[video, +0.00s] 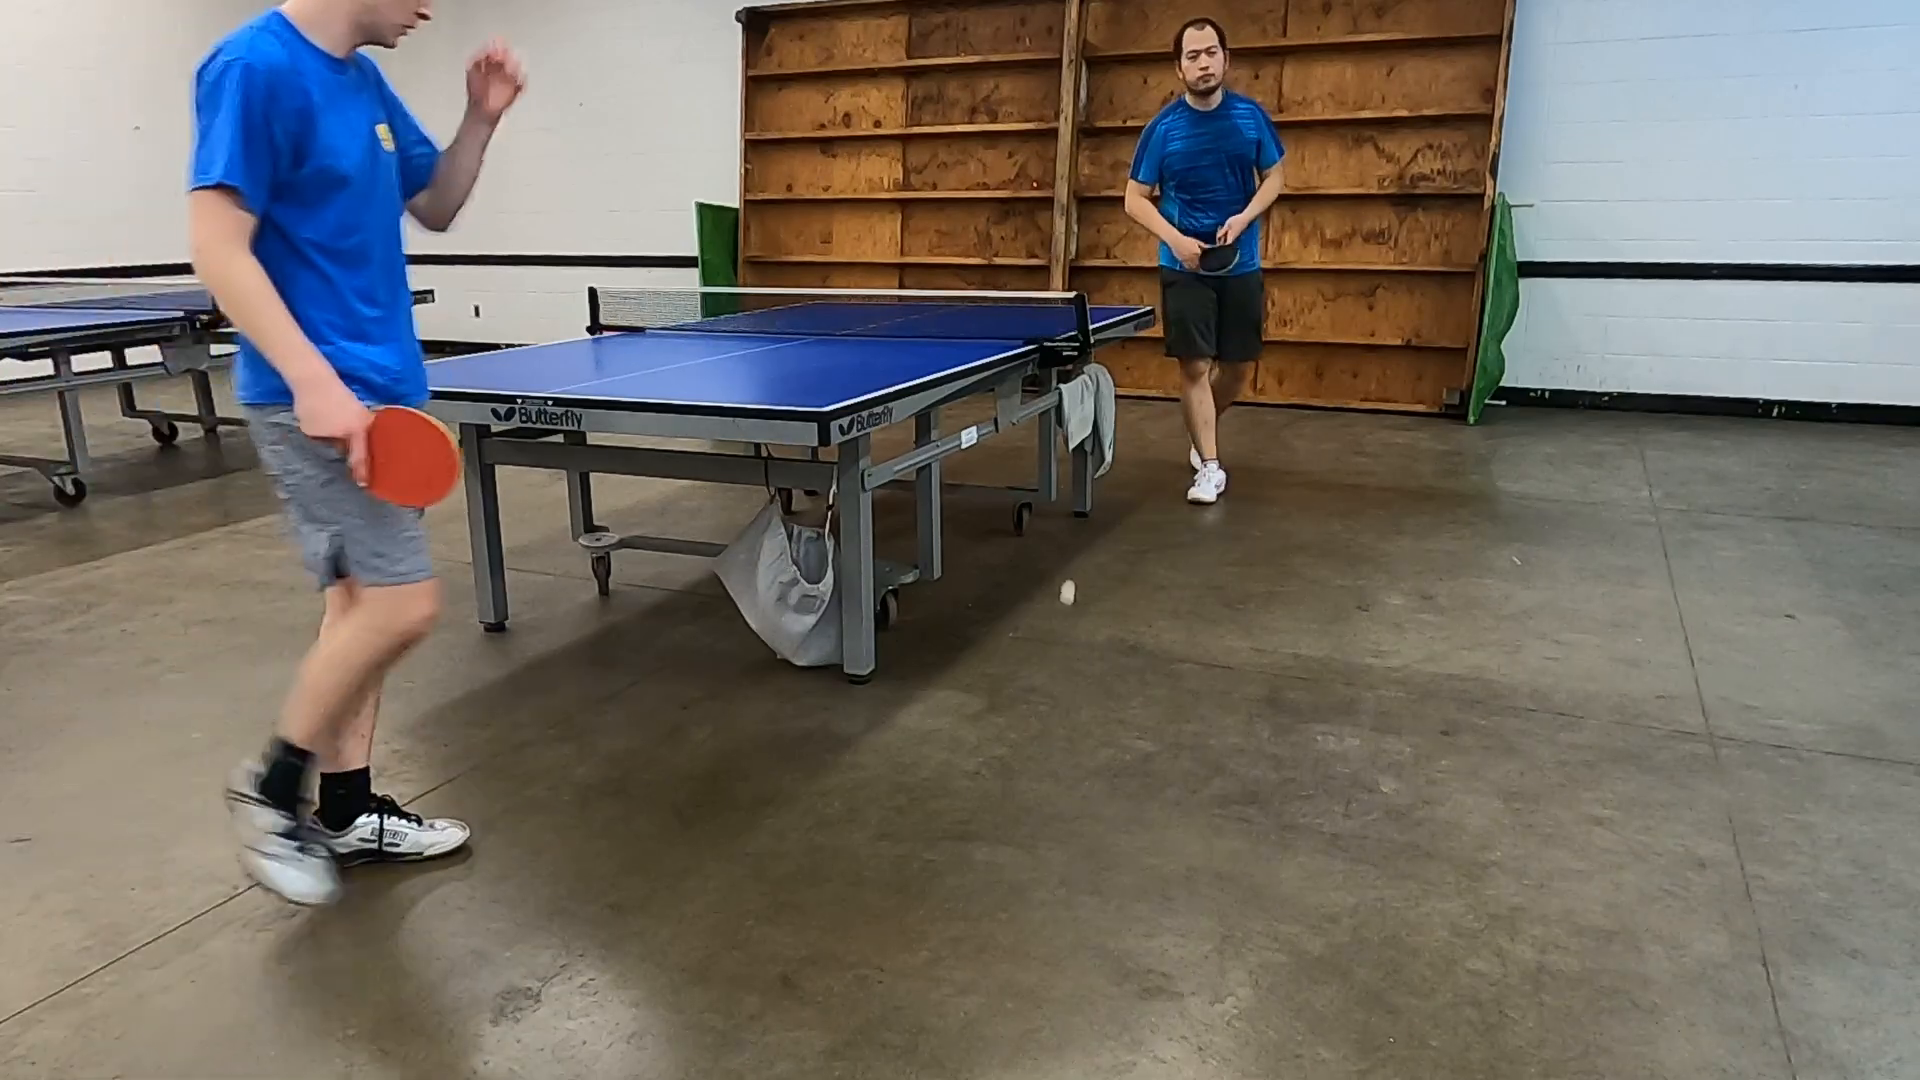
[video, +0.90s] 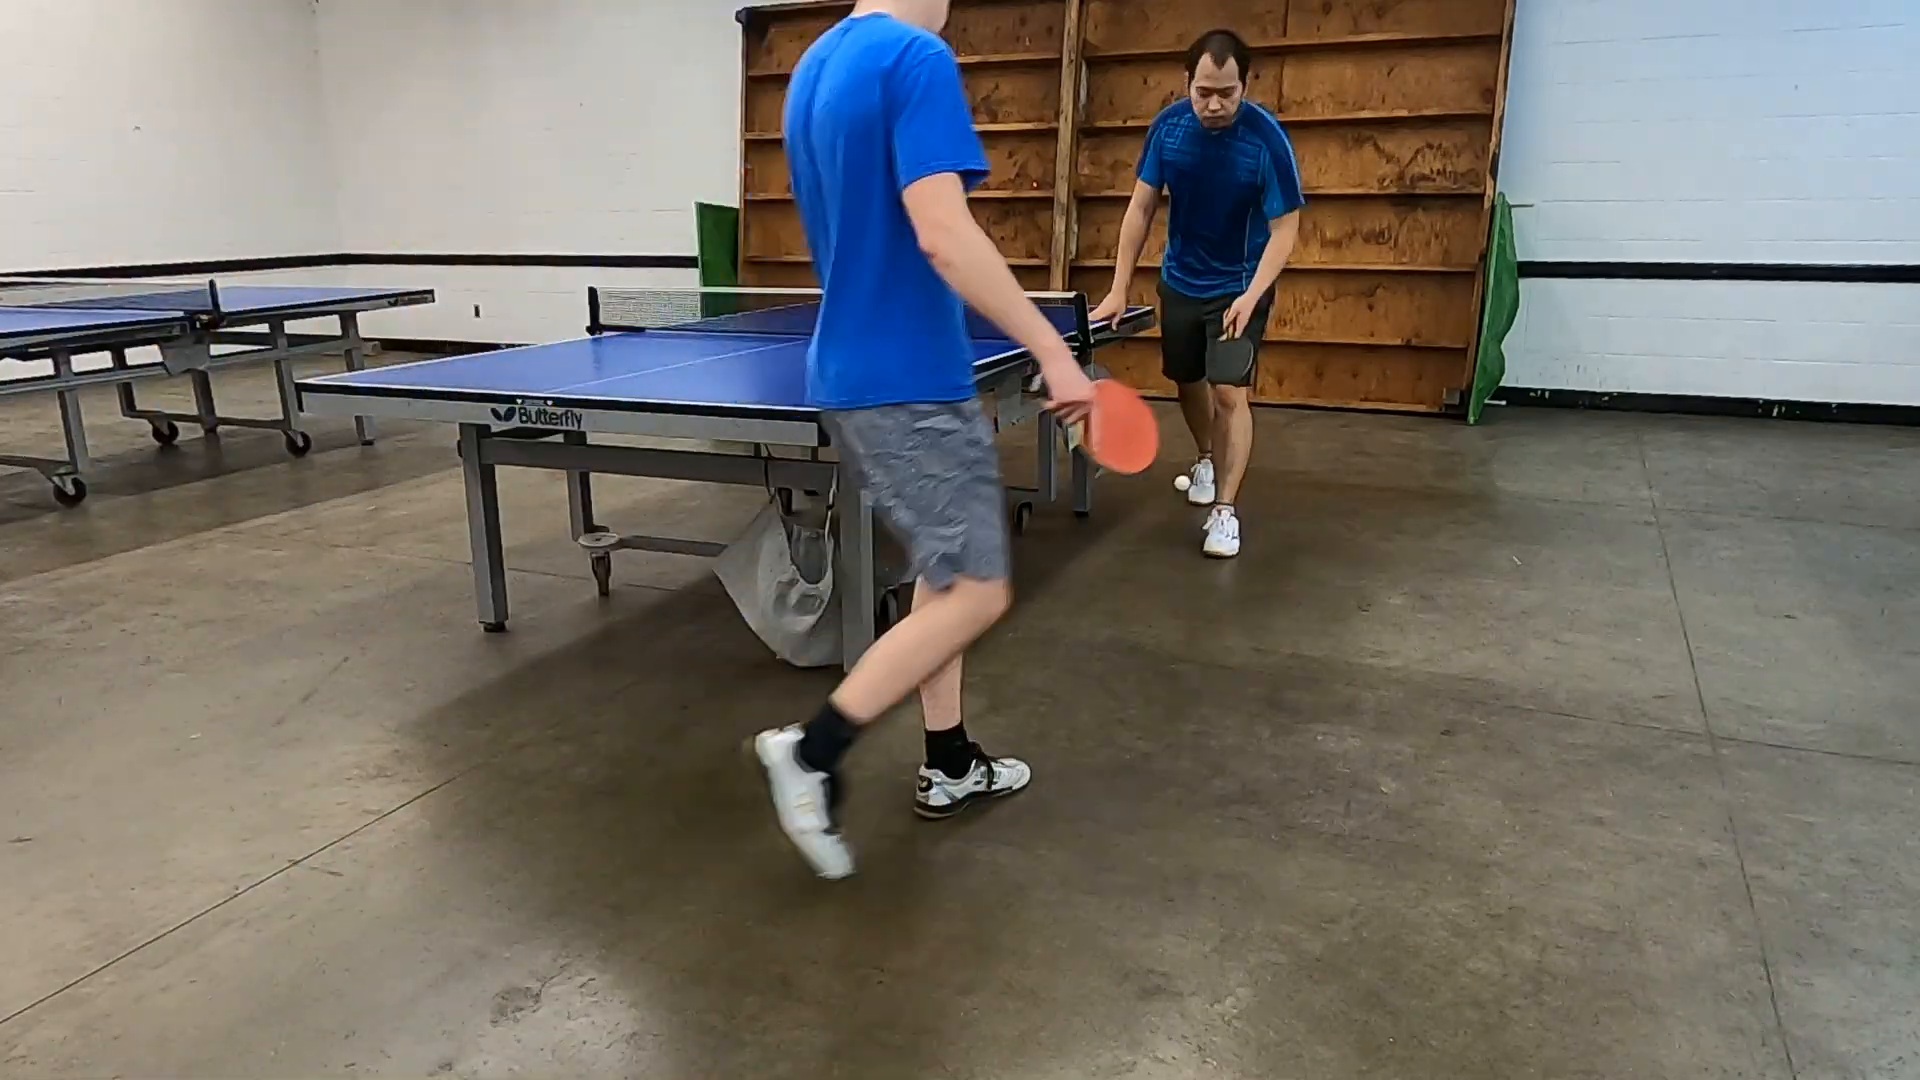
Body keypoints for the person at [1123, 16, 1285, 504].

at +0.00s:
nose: (1203, 63)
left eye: (1211, 53)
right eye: (1193, 56)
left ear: (1225, 59)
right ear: (1179, 66)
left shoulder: (1250, 115)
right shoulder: (1162, 128)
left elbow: (1275, 176)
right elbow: (1134, 199)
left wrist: (1244, 217)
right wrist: (1176, 239)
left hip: (1242, 264)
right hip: (1184, 265)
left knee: (1237, 367)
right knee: (1195, 366)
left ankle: (1201, 433)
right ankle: (1209, 468)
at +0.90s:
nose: (1211, 104)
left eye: (1224, 93)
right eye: (1202, 91)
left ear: (1246, 83)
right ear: (1188, 81)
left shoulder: (1268, 140)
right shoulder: (1169, 127)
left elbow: (1285, 227)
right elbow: (1140, 207)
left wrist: (1252, 296)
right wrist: (1119, 288)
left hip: (1240, 287)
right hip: (1180, 283)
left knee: (1228, 393)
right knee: (1188, 384)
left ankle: (1226, 508)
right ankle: (1207, 460)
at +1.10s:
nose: (1205, 163)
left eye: (1217, 153)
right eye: (1195, 152)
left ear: (1236, 137)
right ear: (1178, 133)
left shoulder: (1259, 176)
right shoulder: (1164, 150)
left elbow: (1272, 276)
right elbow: (1142, 218)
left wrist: (1247, 366)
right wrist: (1120, 298)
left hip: (1240, 295)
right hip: (1187, 286)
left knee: (1227, 402)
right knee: (1195, 376)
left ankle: (1225, 510)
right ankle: (1211, 449)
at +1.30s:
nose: (1196, 238)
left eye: (1208, 228)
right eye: (1186, 227)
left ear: (1229, 209)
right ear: (1170, 210)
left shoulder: (1258, 249)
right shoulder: (1162, 213)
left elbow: (1257, 349)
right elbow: (1136, 254)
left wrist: (1251, 440)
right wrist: (1114, 316)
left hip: (1248, 295)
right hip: (1198, 286)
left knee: (1230, 398)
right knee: (1193, 359)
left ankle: (1225, 509)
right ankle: (1200, 418)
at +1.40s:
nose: (1197, 240)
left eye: (1207, 231)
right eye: (1190, 231)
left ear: (1227, 222)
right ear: (1179, 215)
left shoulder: (1256, 265)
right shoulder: (1169, 203)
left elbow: (1257, 367)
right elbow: (1136, 256)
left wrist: (1252, 457)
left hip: (1264, 286)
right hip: (1208, 277)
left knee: (1247, 386)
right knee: (1217, 367)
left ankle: (1227, 503)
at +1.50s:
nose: (1191, 238)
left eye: (1205, 229)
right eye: (1184, 226)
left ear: (1227, 222)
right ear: (1174, 215)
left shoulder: (1257, 258)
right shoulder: (1163, 213)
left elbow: (1267, 362)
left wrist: (1257, 447)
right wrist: (1222, 369)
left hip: (1266, 280)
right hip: (1204, 277)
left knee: (1247, 387)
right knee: (1222, 369)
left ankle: (1223, 509)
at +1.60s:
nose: (1200, 234)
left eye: (1209, 226)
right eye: (1191, 226)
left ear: (1230, 215)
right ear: (1177, 213)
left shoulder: (1266, 250)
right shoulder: (1169, 216)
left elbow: (1277, 347)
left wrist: (1258, 418)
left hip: (1254, 296)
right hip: (1202, 284)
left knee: (1244, 399)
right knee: (1214, 364)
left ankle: (1223, 510)